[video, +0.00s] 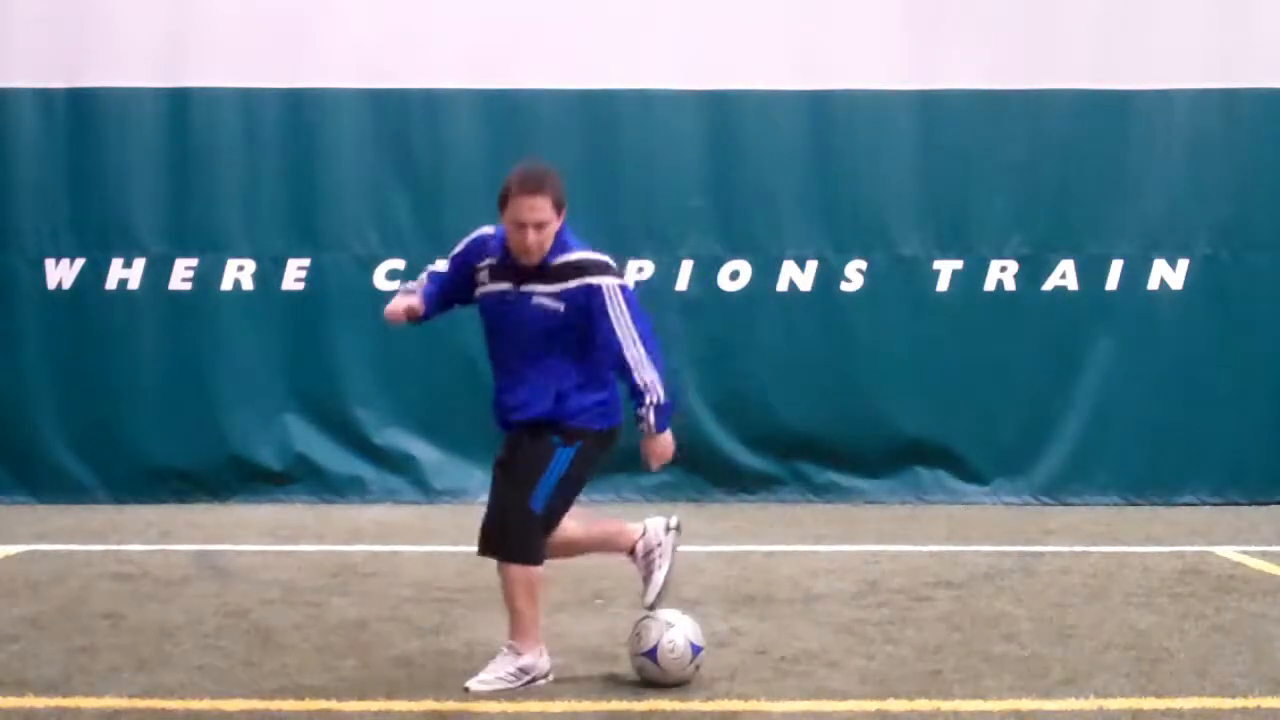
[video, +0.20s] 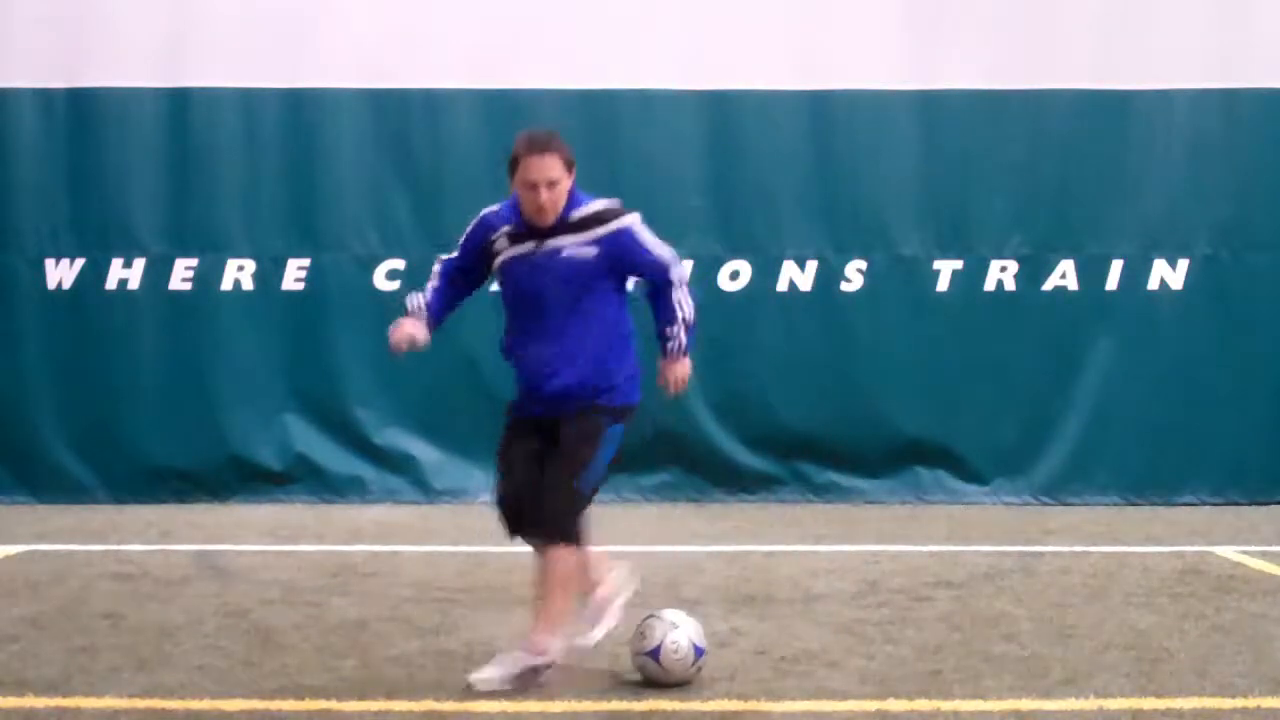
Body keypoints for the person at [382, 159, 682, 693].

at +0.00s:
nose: (530, 238)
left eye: (541, 226)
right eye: (520, 225)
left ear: (559, 218)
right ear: (503, 218)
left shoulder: (589, 270)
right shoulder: (483, 251)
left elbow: (632, 342)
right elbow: (446, 282)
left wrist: (655, 419)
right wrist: (417, 300)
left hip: (580, 420)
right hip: (524, 420)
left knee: (517, 526)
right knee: (512, 536)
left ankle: (527, 655)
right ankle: (640, 538)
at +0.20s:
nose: (542, 198)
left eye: (552, 186)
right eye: (531, 187)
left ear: (570, 179)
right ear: (513, 184)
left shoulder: (608, 223)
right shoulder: (495, 229)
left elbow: (668, 274)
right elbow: (456, 274)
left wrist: (675, 345)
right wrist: (420, 315)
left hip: (600, 395)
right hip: (536, 396)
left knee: (556, 507)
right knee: (521, 508)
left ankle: (543, 648)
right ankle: (604, 578)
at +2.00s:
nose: (582, 187)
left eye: (593, 175)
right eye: (572, 176)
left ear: (616, 173)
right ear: (560, 177)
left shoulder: (654, 219)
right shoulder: (544, 228)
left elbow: (704, 281)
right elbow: (512, 273)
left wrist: (724, 346)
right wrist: (479, 291)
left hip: (646, 369)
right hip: (582, 385)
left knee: (610, 435)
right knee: (573, 518)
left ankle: (670, 556)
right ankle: (602, 624)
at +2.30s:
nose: (523, 235)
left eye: (534, 222)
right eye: (513, 222)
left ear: (558, 216)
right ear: (501, 218)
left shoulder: (591, 268)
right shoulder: (496, 254)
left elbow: (642, 338)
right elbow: (474, 303)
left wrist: (676, 412)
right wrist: (431, 333)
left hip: (590, 422)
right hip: (536, 420)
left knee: (516, 527)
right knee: (507, 534)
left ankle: (522, 659)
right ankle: (645, 540)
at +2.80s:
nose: (624, 174)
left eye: (634, 163)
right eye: (613, 163)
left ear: (651, 162)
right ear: (594, 164)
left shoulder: (682, 212)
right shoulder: (567, 214)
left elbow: (732, 274)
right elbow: (530, 268)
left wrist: (725, 314)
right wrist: (494, 317)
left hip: (666, 381)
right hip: (590, 388)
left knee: (712, 476)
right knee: (572, 517)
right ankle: (579, 630)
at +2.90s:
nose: (662, 140)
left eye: (672, 129)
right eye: (650, 129)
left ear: (689, 131)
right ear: (631, 132)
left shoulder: (719, 184)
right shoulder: (600, 183)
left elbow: (754, 248)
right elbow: (565, 245)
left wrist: (751, 290)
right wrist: (541, 302)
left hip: (701, 360)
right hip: (621, 364)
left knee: (748, 475)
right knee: (605, 485)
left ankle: (782, 604)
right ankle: (609, 610)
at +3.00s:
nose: (702, 146)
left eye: (712, 136)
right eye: (691, 135)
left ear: (727, 139)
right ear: (668, 137)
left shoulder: (754, 195)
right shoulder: (634, 193)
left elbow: (789, 265)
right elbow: (599, 261)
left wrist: (789, 320)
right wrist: (587, 327)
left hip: (732, 361)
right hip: (657, 357)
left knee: (750, 493)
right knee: (660, 451)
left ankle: (737, 623)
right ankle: (678, 580)